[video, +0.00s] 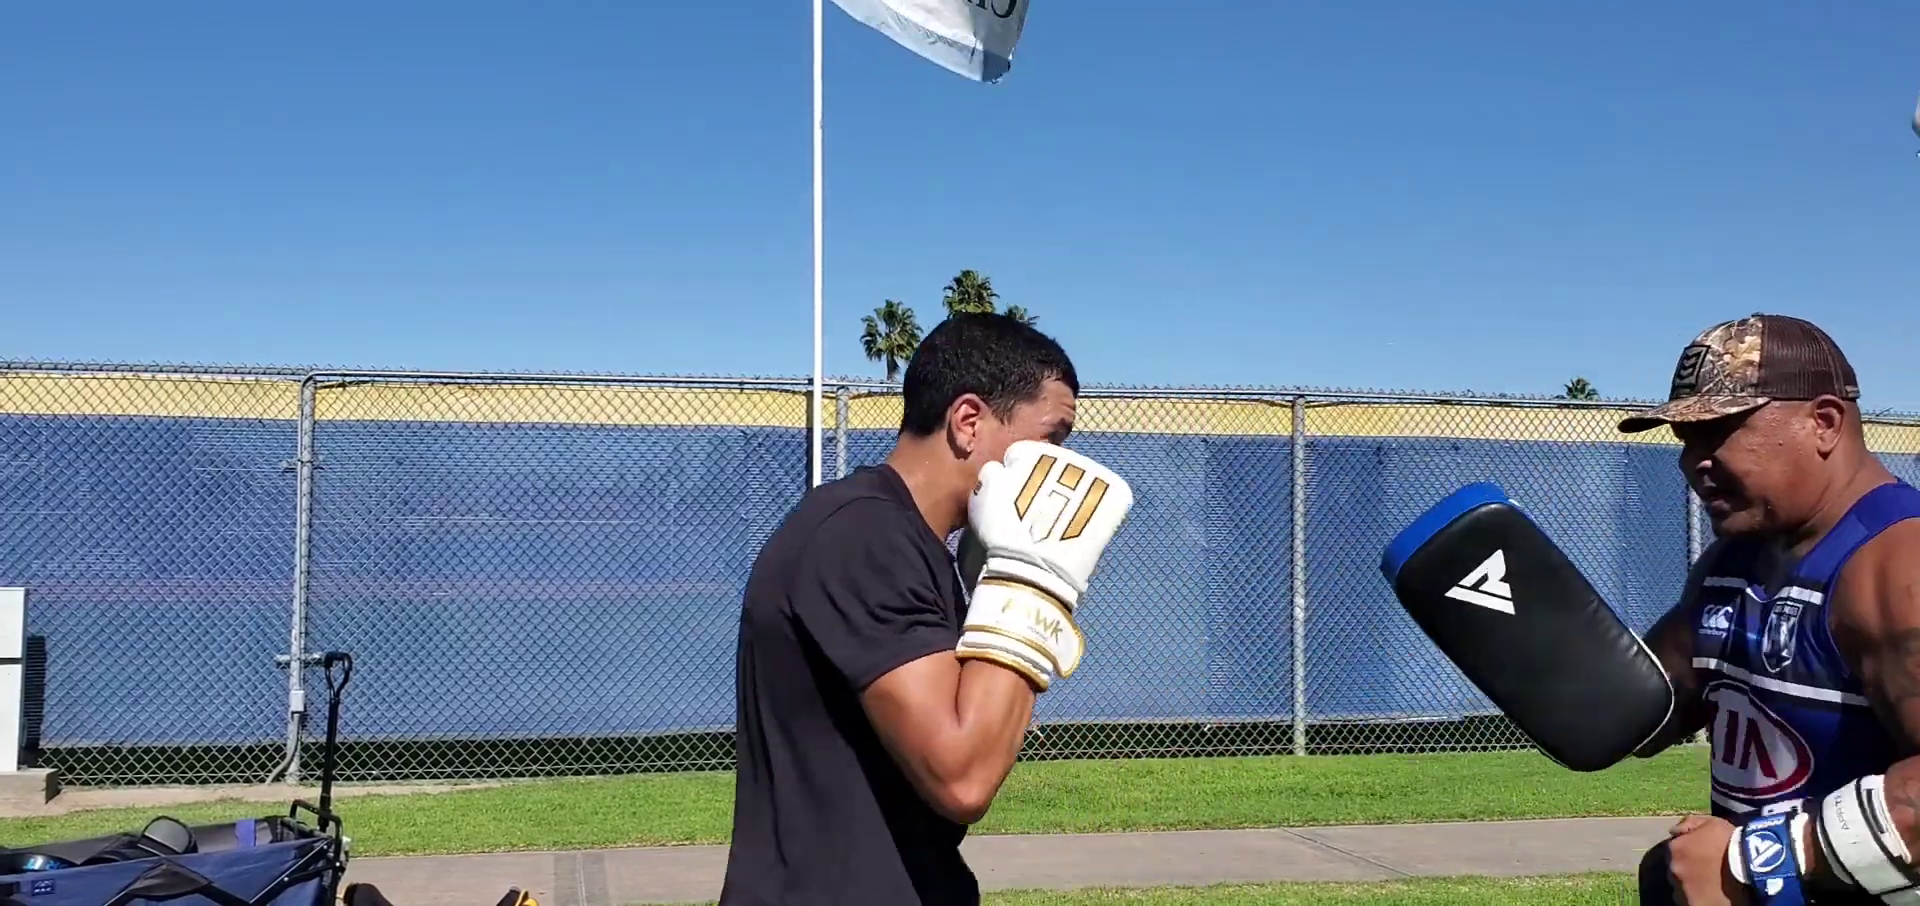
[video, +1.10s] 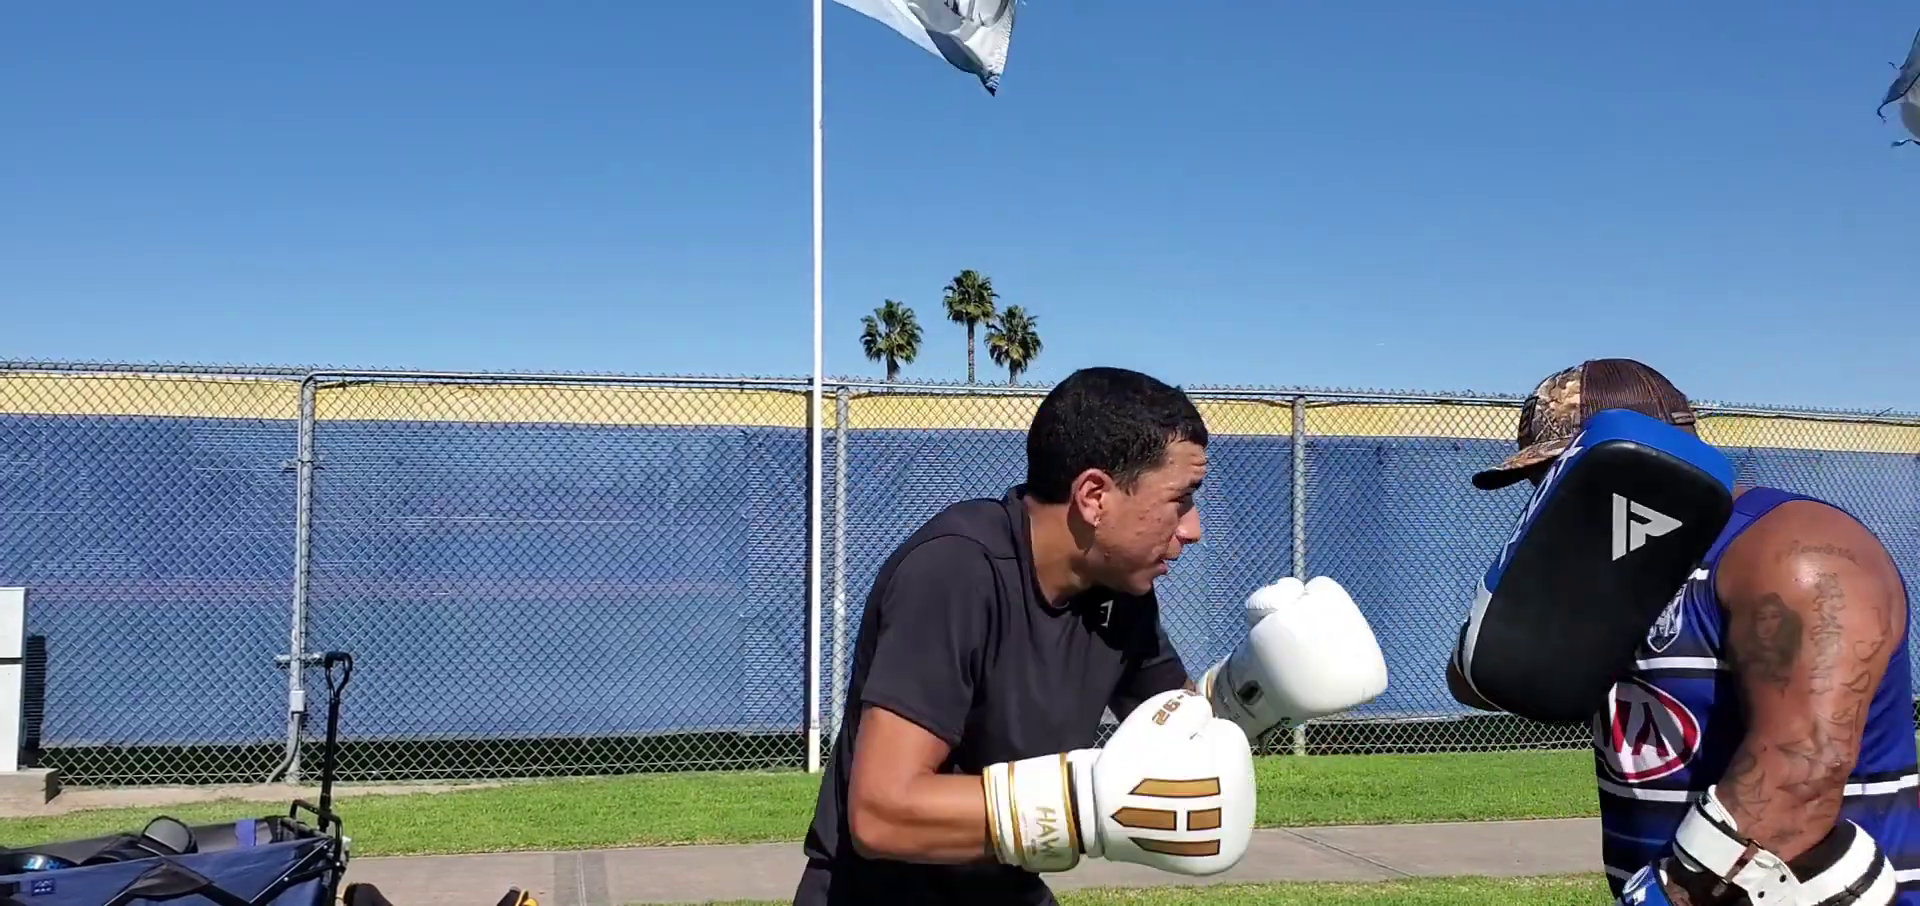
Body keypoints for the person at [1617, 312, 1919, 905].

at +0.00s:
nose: (1693, 462)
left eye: (1718, 431)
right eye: (1687, 438)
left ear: (1826, 424)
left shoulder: (1899, 568)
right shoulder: (1737, 554)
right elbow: (1649, 714)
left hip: (1866, 886)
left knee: (1673, 870)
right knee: (1665, 871)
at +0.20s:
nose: (1632, 472)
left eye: (1655, 442)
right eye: (1626, 449)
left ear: (1761, 435)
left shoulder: (1856, 559)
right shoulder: (1699, 574)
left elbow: (1910, 764)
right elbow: (1627, 739)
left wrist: (1704, 843)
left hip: (1862, 883)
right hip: (1757, 876)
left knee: (1621, 889)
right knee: (1610, 887)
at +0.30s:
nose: (1585, 492)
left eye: (1607, 461)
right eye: (1583, 469)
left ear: (1713, 448)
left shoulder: (1808, 568)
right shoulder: (1678, 583)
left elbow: (1846, 775)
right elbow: (1602, 761)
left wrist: (1638, 878)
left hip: (1843, 888)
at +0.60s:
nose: (1522, 486)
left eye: (1543, 455)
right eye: (1519, 462)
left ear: (1650, 441)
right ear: (1651, 444)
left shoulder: (1781, 576)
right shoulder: (1612, 574)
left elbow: (1825, 801)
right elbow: (1546, 739)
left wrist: (1622, 894)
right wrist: (1400, 651)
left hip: (1832, 893)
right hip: (1680, 889)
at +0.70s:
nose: (1551, 478)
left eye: (1570, 447)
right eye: (1549, 457)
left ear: (1670, 429)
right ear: (1670, 433)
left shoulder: (1783, 567)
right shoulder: (1632, 564)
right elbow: (1521, 699)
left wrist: (1629, 894)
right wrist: (1419, 608)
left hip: (1851, 886)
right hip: (1697, 884)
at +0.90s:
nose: (1548, 500)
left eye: (1563, 475)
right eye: (1547, 481)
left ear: (1634, 448)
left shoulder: (1817, 551)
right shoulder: (1628, 577)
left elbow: (1794, 771)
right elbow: (1482, 657)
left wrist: (1667, 879)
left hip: (1827, 888)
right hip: (1680, 882)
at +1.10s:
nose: (1538, 507)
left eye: (1552, 477)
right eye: (1536, 483)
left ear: (1619, 459)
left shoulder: (1800, 560)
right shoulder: (1620, 575)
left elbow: (1796, 787)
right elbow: (1466, 681)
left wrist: (1677, 886)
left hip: (1795, 890)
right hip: (1661, 883)